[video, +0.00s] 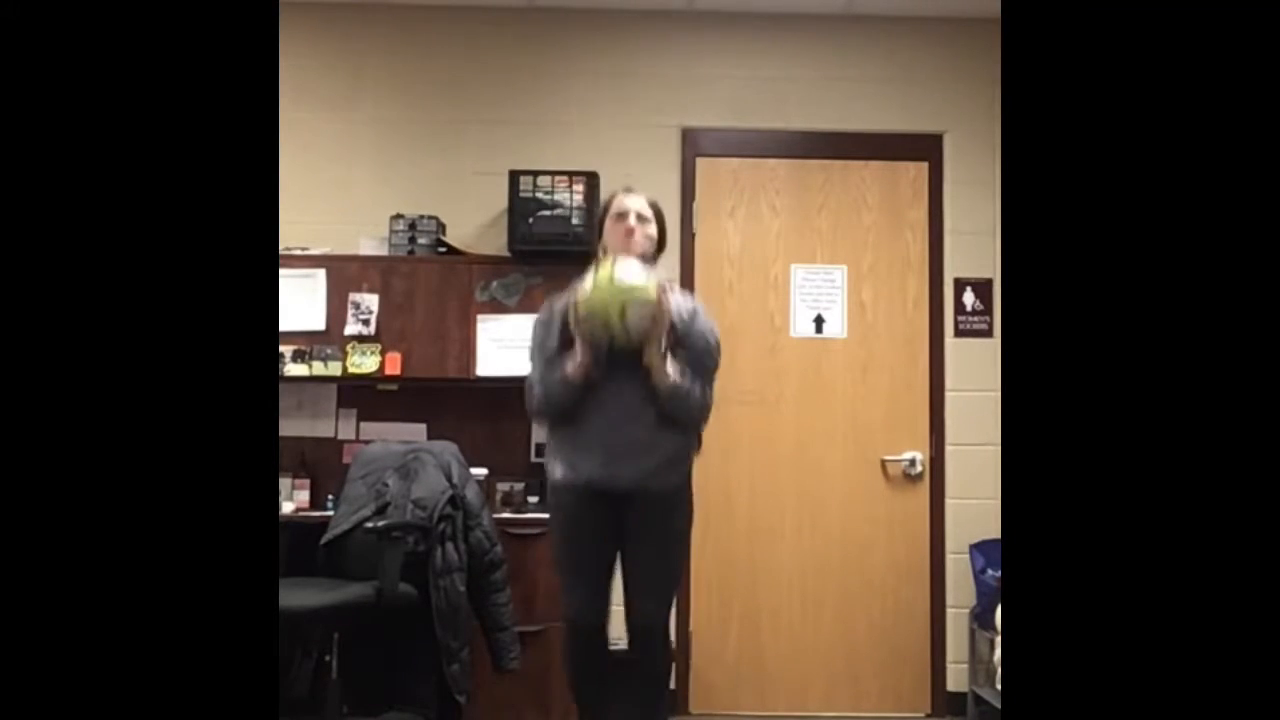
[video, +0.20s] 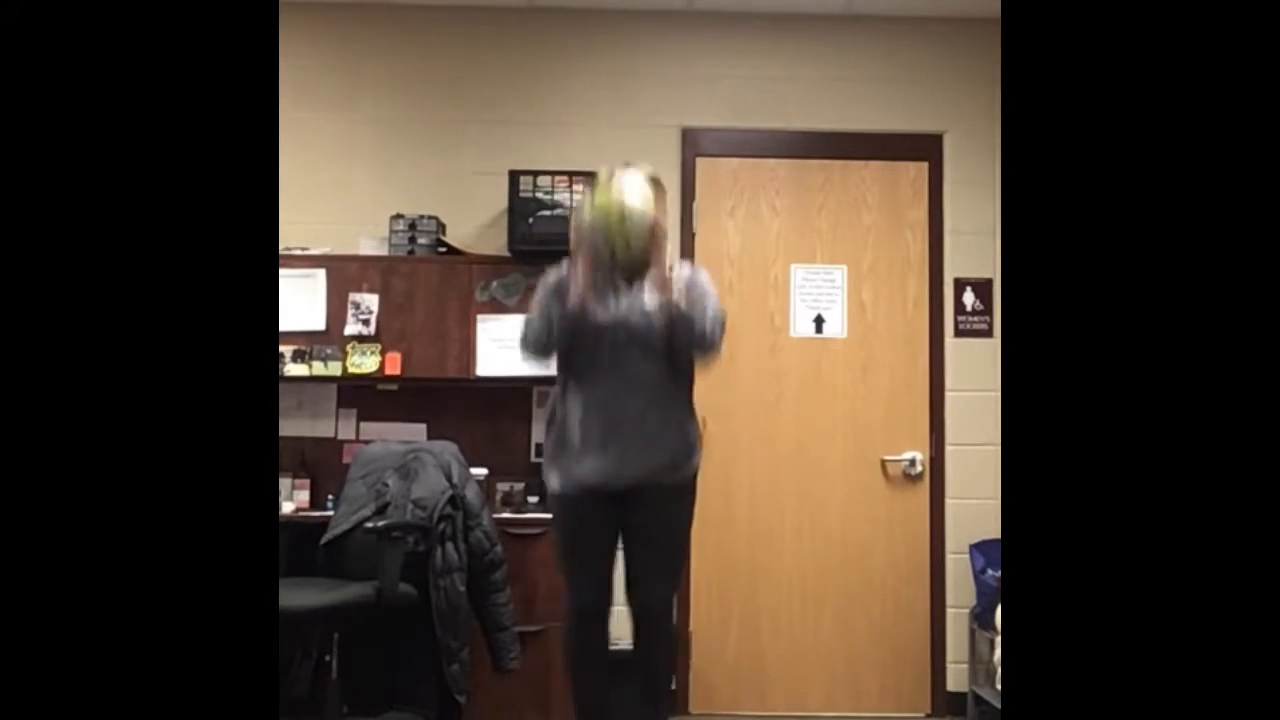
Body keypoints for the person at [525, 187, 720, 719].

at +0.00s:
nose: (633, 226)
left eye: (644, 219)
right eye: (621, 217)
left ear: (659, 238)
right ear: (601, 233)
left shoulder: (685, 314)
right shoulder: (562, 312)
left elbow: (694, 413)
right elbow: (541, 403)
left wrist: (656, 359)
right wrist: (580, 359)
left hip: (659, 492)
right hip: (580, 491)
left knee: (650, 626)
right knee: (584, 624)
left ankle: (647, 714)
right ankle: (594, 712)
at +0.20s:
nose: (624, 232)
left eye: (636, 220)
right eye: (613, 220)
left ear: (656, 224)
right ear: (592, 225)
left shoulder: (683, 281)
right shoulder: (567, 283)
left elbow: (705, 340)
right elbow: (537, 343)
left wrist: (675, 292)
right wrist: (572, 280)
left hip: (661, 474)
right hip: (582, 475)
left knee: (654, 610)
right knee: (588, 609)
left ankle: (653, 710)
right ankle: (591, 710)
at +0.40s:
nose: (631, 209)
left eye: (642, 205)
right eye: (619, 203)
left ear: (659, 227)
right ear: (598, 221)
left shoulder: (680, 280)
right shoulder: (574, 277)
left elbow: (705, 215)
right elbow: (550, 201)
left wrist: (680, 119)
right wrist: (583, 112)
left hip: (661, 462)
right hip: (581, 460)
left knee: (683, 608)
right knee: (559, 603)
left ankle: (724, 716)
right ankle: (517, 711)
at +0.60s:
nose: (631, 242)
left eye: (643, 236)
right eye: (619, 233)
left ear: (659, 256)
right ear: (596, 254)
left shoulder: (678, 316)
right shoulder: (577, 314)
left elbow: (695, 237)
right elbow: (564, 226)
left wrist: (674, 132)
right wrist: (589, 129)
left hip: (664, 509)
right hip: (581, 508)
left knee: (695, 650)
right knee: (551, 647)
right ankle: (505, 714)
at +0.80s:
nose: (634, 198)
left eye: (645, 188)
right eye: (621, 187)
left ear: (668, 198)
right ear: (602, 198)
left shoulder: (692, 260)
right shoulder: (578, 255)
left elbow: (726, 306)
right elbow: (531, 300)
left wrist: (679, 257)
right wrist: (579, 244)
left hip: (670, 452)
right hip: (590, 448)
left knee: (676, 591)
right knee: (573, 589)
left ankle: (690, 710)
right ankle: (553, 710)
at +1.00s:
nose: (640, 239)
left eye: (651, 233)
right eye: (627, 232)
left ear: (666, 254)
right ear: (608, 252)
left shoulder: (697, 330)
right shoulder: (571, 331)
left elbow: (719, 430)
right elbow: (544, 431)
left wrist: (669, 374)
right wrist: (590, 379)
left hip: (673, 515)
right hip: (593, 515)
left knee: (658, 645)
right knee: (605, 644)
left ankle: (658, 717)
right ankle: (606, 717)